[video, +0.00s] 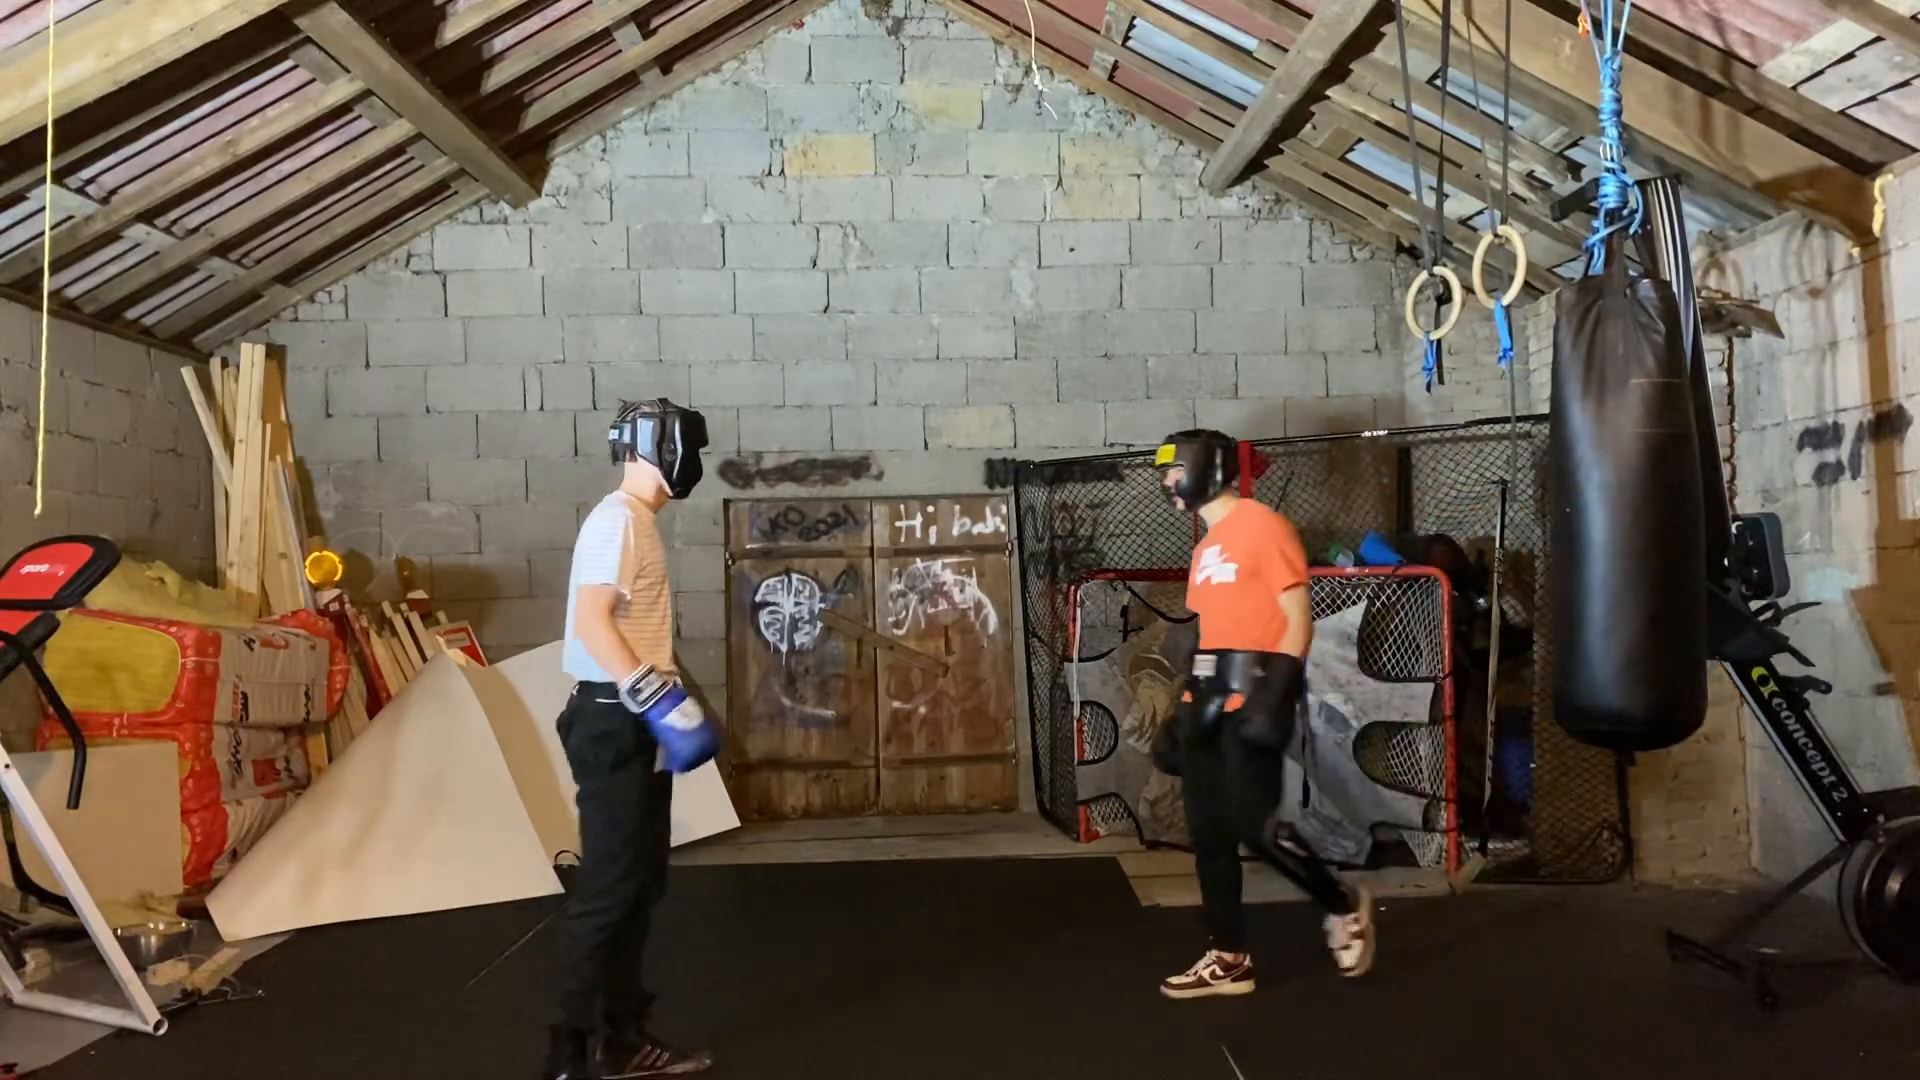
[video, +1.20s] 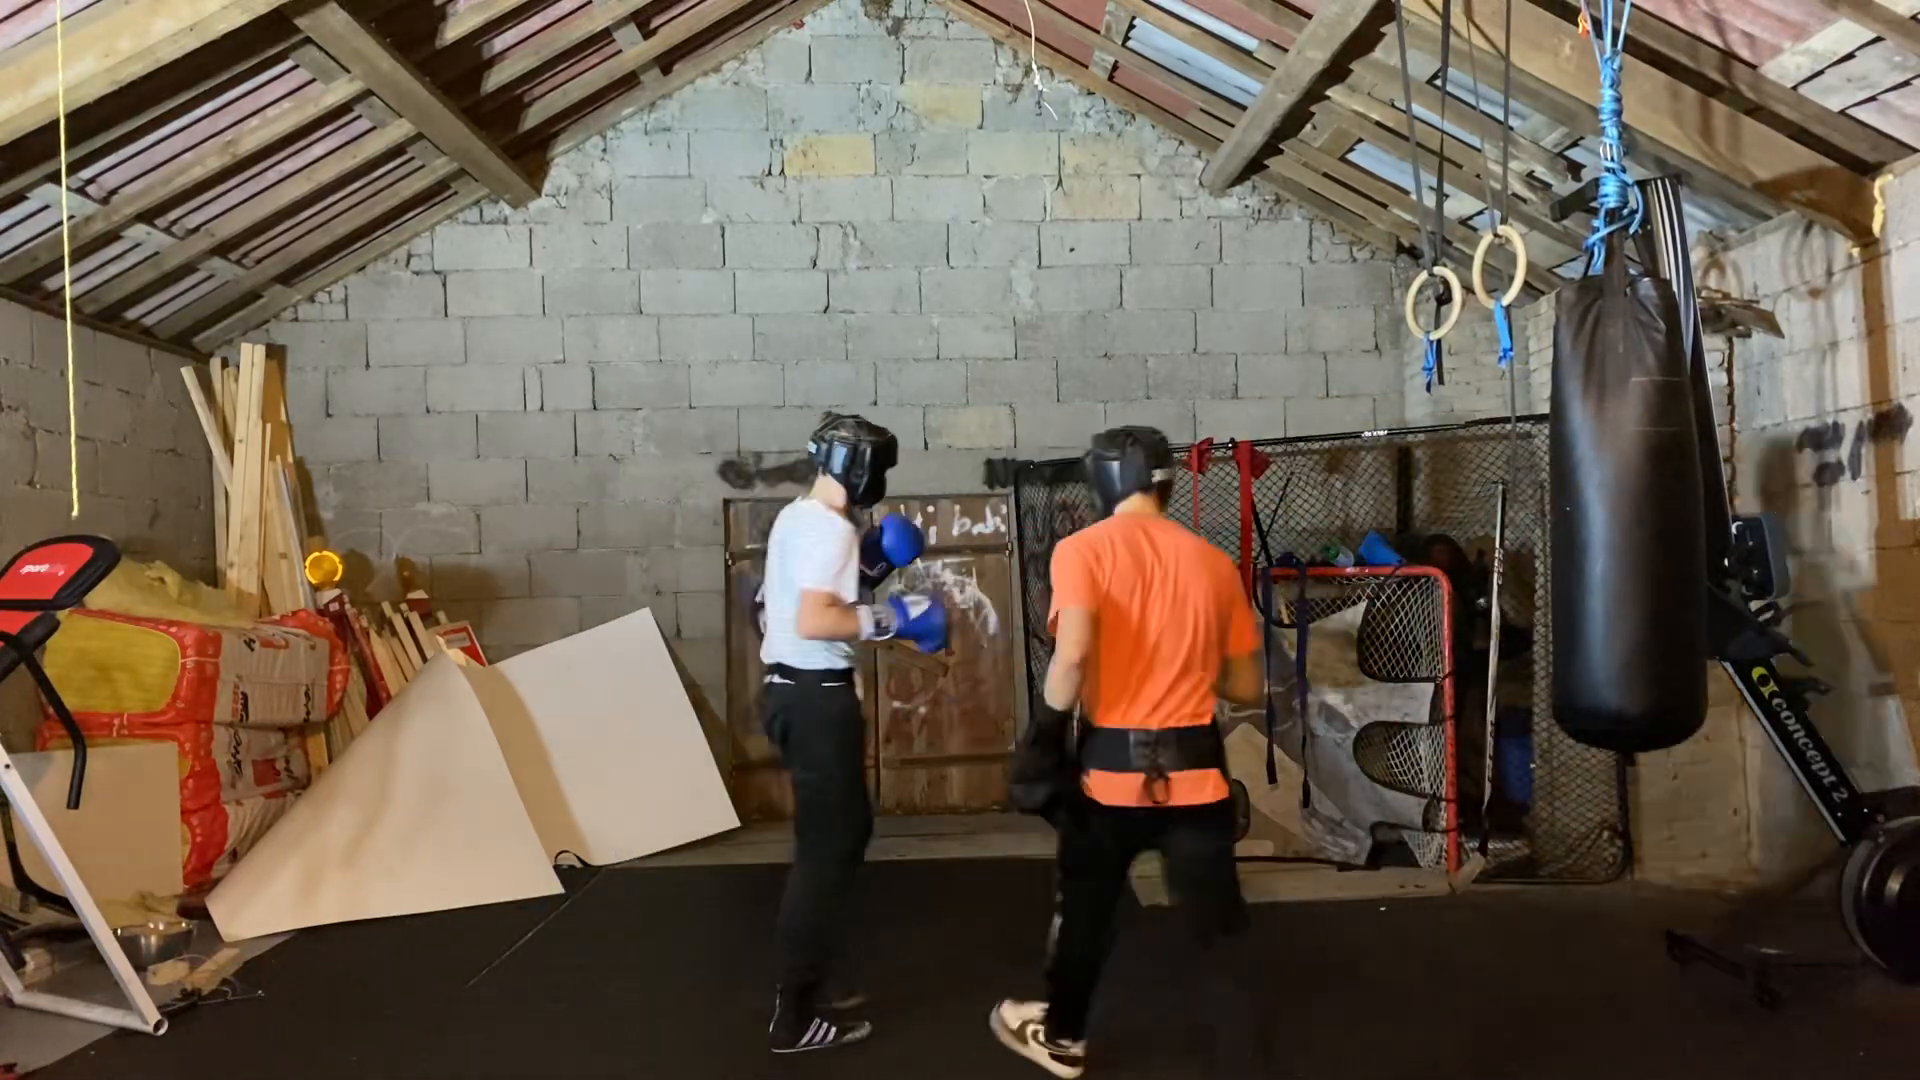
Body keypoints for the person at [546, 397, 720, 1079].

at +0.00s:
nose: (694, 466)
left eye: (693, 452)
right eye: (686, 452)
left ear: (643, 450)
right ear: (654, 450)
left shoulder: (637, 522)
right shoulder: (616, 520)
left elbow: (628, 622)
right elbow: (592, 617)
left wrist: (672, 702)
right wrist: (660, 698)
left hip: (635, 714)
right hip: (609, 715)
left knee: (640, 879)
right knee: (611, 883)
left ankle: (623, 1042)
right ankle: (571, 1055)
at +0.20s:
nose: (700, 468)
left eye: (699, 454)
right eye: (694, 453)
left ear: (646, 448)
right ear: (666, 449)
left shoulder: (643, 520)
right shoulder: (630, 519)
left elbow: (655, 627)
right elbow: (631, 618)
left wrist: (731, 633)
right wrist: (724, 624)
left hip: (632, 708)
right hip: (631, 713)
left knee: (630, 872)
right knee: (668, 871)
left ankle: (625, 1038)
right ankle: (607, 1048)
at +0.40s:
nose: (716, 477)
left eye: (716, 463)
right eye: (712, 462)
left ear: (662, 452)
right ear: (691, 455)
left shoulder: (638, 518)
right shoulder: (657, 519)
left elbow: (677, 610)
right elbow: (677, 609)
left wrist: (754, 592)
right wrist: (765, 582)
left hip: (628, 708)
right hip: (658, 711)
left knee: (641, 874)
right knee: (713, 868)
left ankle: (624, 1043)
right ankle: (710, 1045)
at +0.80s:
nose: (802, 488)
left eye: (803, 474)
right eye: (800, 473)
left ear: (747, 461)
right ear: (780, 467)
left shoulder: (715, 524)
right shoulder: (740, 528)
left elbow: (765, 602)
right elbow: (733, 624)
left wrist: (838, 578)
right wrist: (811, 609)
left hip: (701, 712)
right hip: (740, 715)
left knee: (688, 874)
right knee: (774, 867)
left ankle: (631, 1028)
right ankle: (793, 1017)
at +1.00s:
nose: (854, 499)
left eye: (855, 486)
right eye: (852, 486)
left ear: (801, 475)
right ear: (832, 485)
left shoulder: (774, 529)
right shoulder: (782, 543)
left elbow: (786, 612)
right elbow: (745, 633)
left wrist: (842, 594)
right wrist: (827, 644)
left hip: (761, 707)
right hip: (782, 713)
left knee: (784, 856)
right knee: (812, 860)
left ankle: (682, 978)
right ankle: (796, 1019)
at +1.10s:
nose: (868, 493)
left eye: (869, 480)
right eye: (866, 480)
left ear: (814, 469)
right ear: (847, 478)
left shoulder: (781, 523)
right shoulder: (804, 538)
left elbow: (804, 603)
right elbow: (775, 630)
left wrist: (857, 577)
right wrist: (855, 637)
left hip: (777, 699)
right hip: (800, 705)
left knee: (818, 844)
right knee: (827, 852)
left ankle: (735, 963)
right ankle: (795, 1019)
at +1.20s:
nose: (878, 483)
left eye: (877, 472)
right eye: (877, 472)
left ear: (823, 462)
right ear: (862, 472)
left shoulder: (794, 519)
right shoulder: (831, 531)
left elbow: (814, 597)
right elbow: (814, 619)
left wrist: (871, 559)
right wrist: (889, 619)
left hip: (794, 690)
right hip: (819, 697)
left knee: (850, 826)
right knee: (829, 843)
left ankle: (816, 984)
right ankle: (795, 1018)